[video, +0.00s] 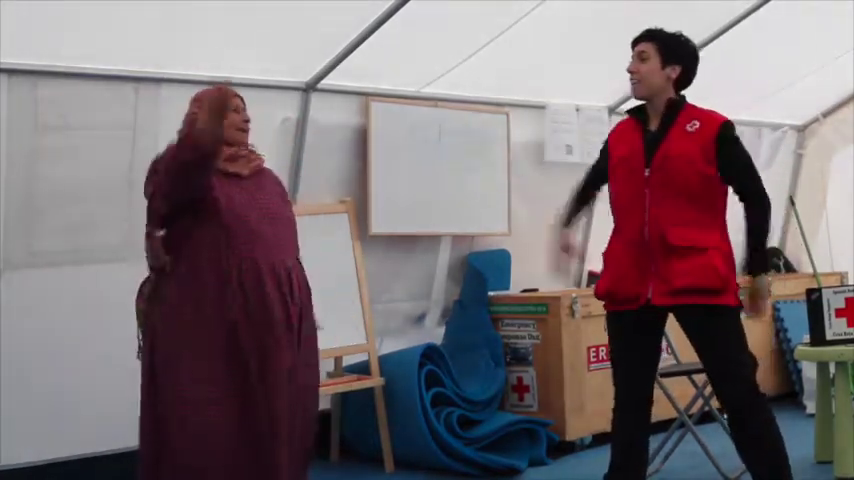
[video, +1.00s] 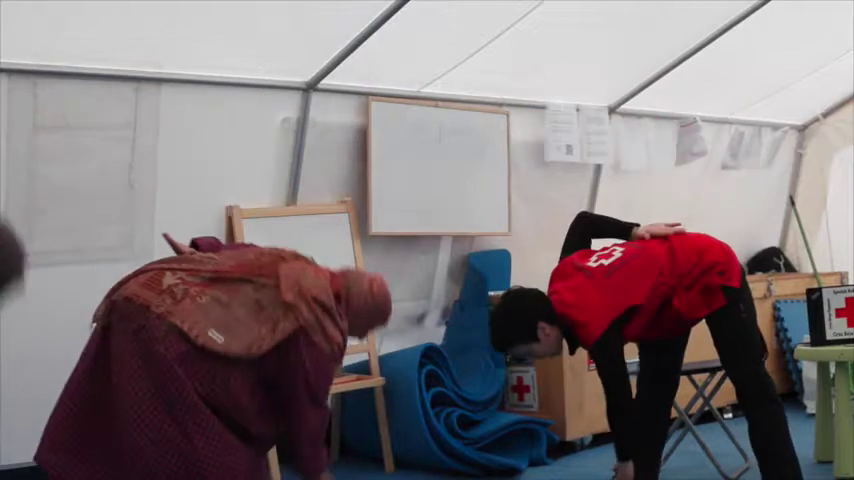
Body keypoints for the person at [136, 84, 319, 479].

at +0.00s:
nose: (244, 117)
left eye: (244, 110)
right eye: (232, 110)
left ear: (248, 121)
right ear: (201, 120)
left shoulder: (266, 179)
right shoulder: (173, 172)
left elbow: (283, 252)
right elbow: (185, 168)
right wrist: (199, 131)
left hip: (275, 335)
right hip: (202, 335)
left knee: (277, 450)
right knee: (203, 450)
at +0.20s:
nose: (254, 129)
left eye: (255, 122)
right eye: (243, 122)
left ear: (261, 129)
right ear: (216, 130)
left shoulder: (261, 190)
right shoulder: (191, 172)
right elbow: (221, 121)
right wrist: (273, 58)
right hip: (210, 357)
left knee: (269, 455)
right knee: (218, 456)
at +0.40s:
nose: (283, 134)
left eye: (284, 127)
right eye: (279, 125)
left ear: (232, 122)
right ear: (255, 127)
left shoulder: (197, 166)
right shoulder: (229, 160)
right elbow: (291, 148)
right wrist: (365, 114)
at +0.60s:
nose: (329, 191)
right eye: (327, 179)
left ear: (277, 155)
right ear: (311, 178)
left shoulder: (222, 191)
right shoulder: (281, 196)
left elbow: (152, 258)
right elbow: (340, 250)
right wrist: (415, 273)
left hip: (146, 338)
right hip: (227, 342)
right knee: (294, 429)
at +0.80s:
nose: (351, 264)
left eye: (356, 256)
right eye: (354, 255)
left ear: (322, 215)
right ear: (341, 243)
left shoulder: (262, 221)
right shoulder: (309, 263)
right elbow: (326, 346)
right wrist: (364, 402)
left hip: (117, 317)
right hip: (167, 337)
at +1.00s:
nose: (359, 333)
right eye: (364, 326)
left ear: (345, 274)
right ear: (360, 321)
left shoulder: (289, 260)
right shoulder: (321, 335)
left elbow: (209, 247)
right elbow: (306, 415)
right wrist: (316, 470)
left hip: (127, 304)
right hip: (169, 346)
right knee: (215, 455)